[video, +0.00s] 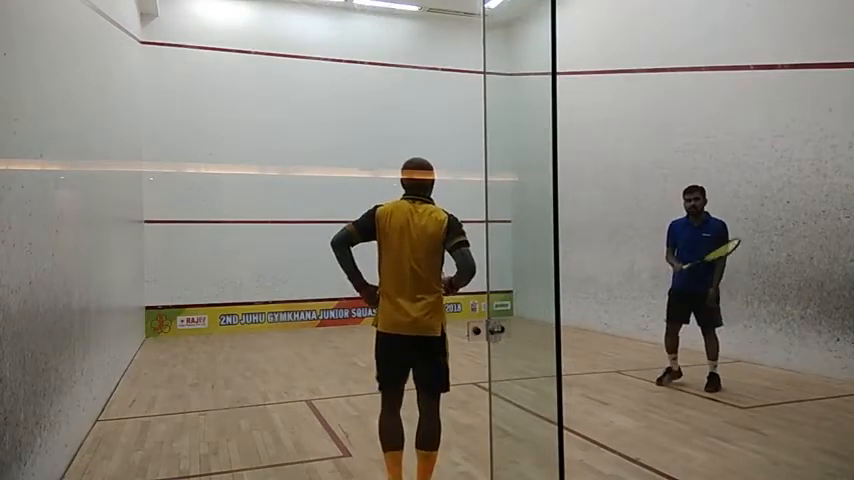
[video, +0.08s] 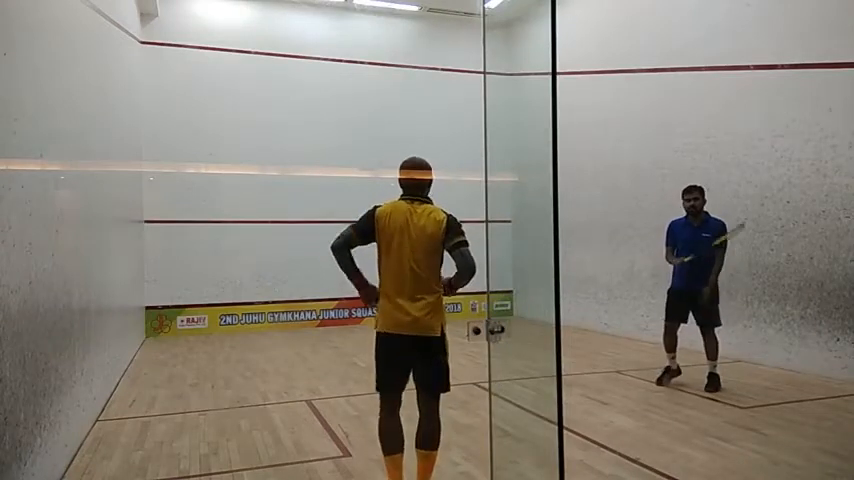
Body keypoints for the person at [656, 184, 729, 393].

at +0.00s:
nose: (692, 204)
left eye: (696, 200)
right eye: (688, 200)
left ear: (705, 201)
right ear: (683, 203)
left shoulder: (718, 227)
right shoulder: (676, 227)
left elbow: (721, 260)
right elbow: (669, 255)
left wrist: (714, 288)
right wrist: (677, 266)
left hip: (705, 289)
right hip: (680, 289)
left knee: (709, 332)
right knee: (671, 328)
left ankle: (713, 374)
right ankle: (673, 368)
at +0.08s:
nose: (691, 204)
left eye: (696, 199)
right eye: (687, 200)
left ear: (704, 201)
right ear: (683, 203)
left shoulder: (717, 227)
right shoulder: (675, 226)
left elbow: (719, 259)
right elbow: (669, 255)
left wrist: (710, 285)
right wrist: (675, 260)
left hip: (704, 287)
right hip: (679, 287)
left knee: (708, 331)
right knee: (670, 327)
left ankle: (712, 373)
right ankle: (672, 366)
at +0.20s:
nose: (690, 205)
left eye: (694, 201)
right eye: (686, 202)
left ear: (702, 201)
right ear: (681, 205)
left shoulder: (716, 227)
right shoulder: (674, 226)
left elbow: (716, 260)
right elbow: (668, 255)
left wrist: (703, 284)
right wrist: (676, 254)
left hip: (703, 287)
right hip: (677, 287)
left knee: (706, 332)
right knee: (666, 328)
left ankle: (712, 373)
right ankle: (670, 366)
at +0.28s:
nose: (690, 206)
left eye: (693, 202)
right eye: (685, 203)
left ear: (700, 202)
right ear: (680, 205)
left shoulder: (715, 227)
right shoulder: (673, 226)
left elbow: (714, 259)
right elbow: (668, 254)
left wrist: (701, 283)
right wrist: (676, 252)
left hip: (702, 287)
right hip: (676, 287)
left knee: (706, 332)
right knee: (665, 328)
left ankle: (712, 373)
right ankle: (670, 366)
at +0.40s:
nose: (686, 206)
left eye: (690, 201)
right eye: (682, 203)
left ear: (700, 202)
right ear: (678, 206)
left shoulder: (713, 226)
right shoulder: (672, 226)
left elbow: (710, 260)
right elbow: (666, 254)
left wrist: (696, 283)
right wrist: (675, 250)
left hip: (701, 288)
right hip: (675, 287)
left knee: (705, 332)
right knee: (664, 328)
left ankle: (712, 373)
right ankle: (670, 365)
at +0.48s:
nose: (684, 206)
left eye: (688, 202)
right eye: (680, 203)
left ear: (697, 203)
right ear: (676, 206)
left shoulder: (711, 226)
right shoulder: (670, 226)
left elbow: (708, 259)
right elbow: (666, 255)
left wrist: (690, 279)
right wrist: (676, 250)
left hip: (700, 286)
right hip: (674, 284)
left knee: (704, 331)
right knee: (662, 326)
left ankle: (712, 373)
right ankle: (670, 363)